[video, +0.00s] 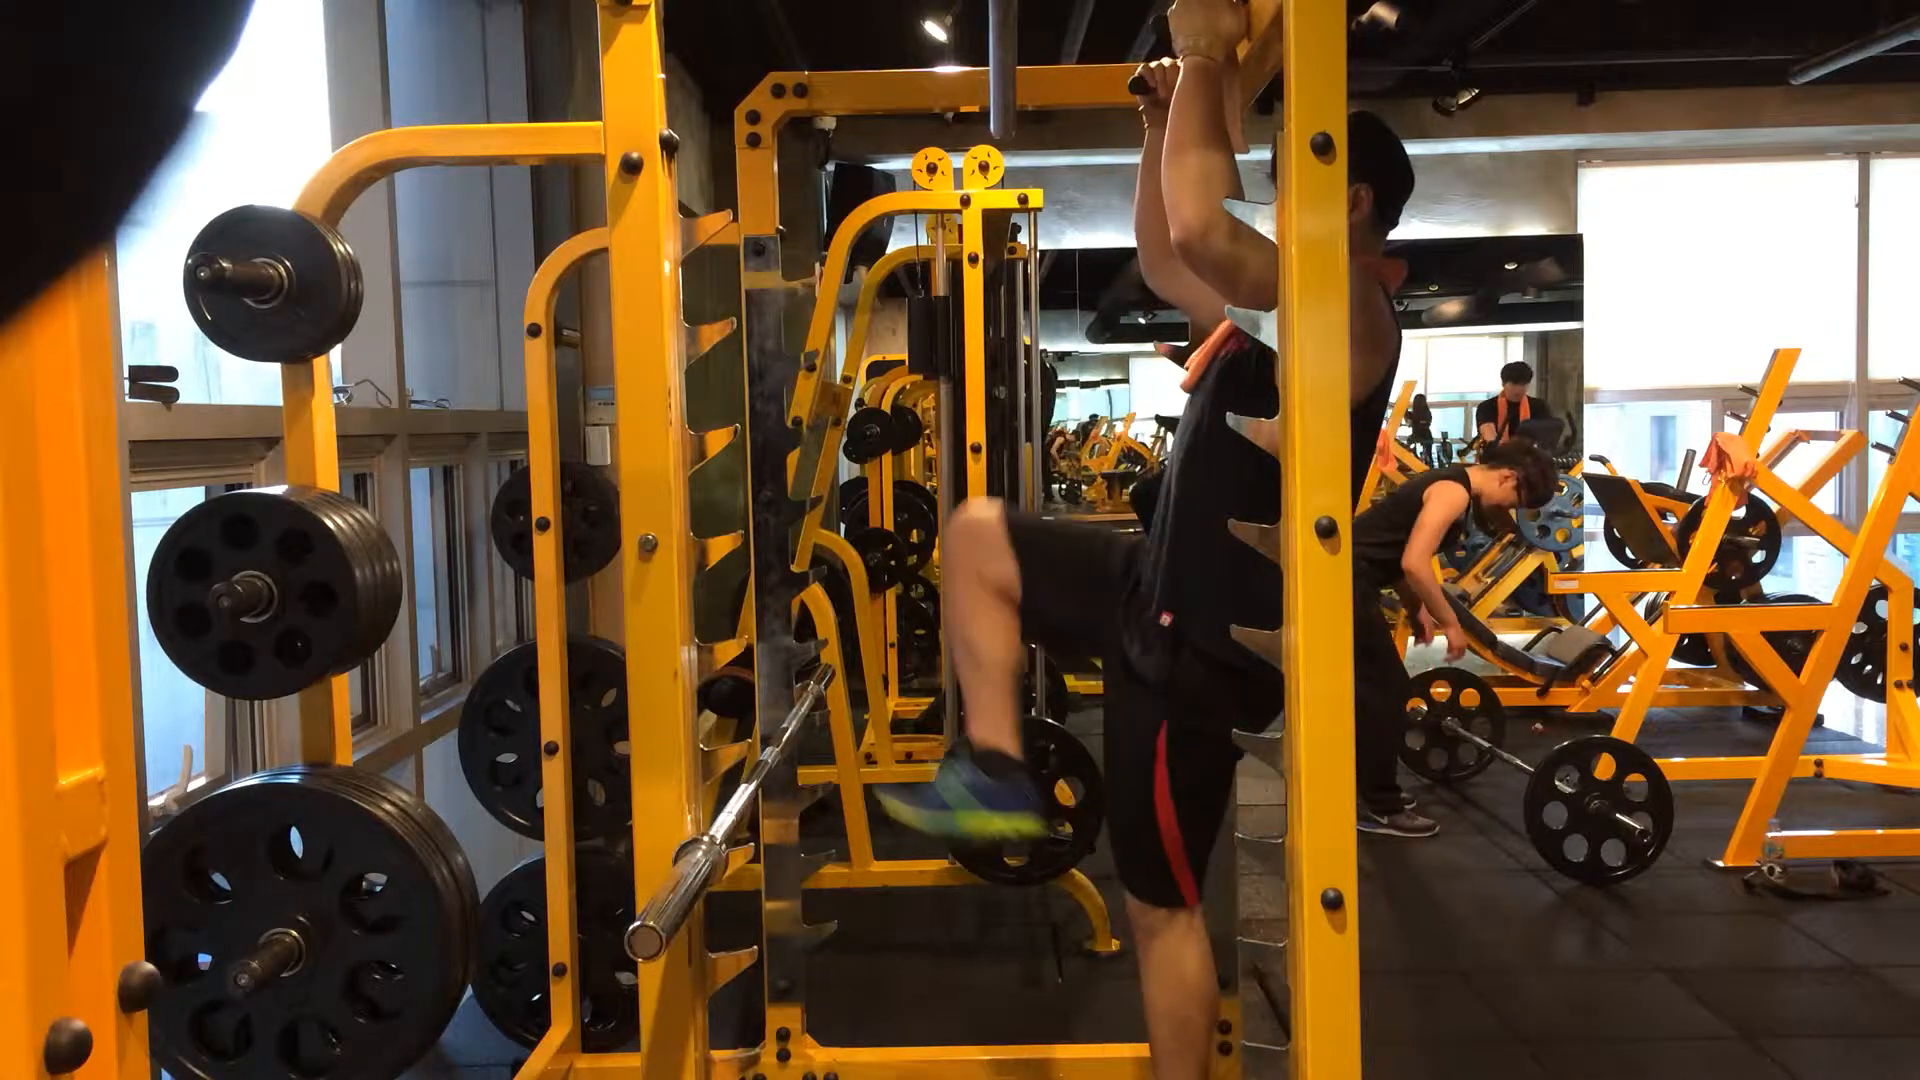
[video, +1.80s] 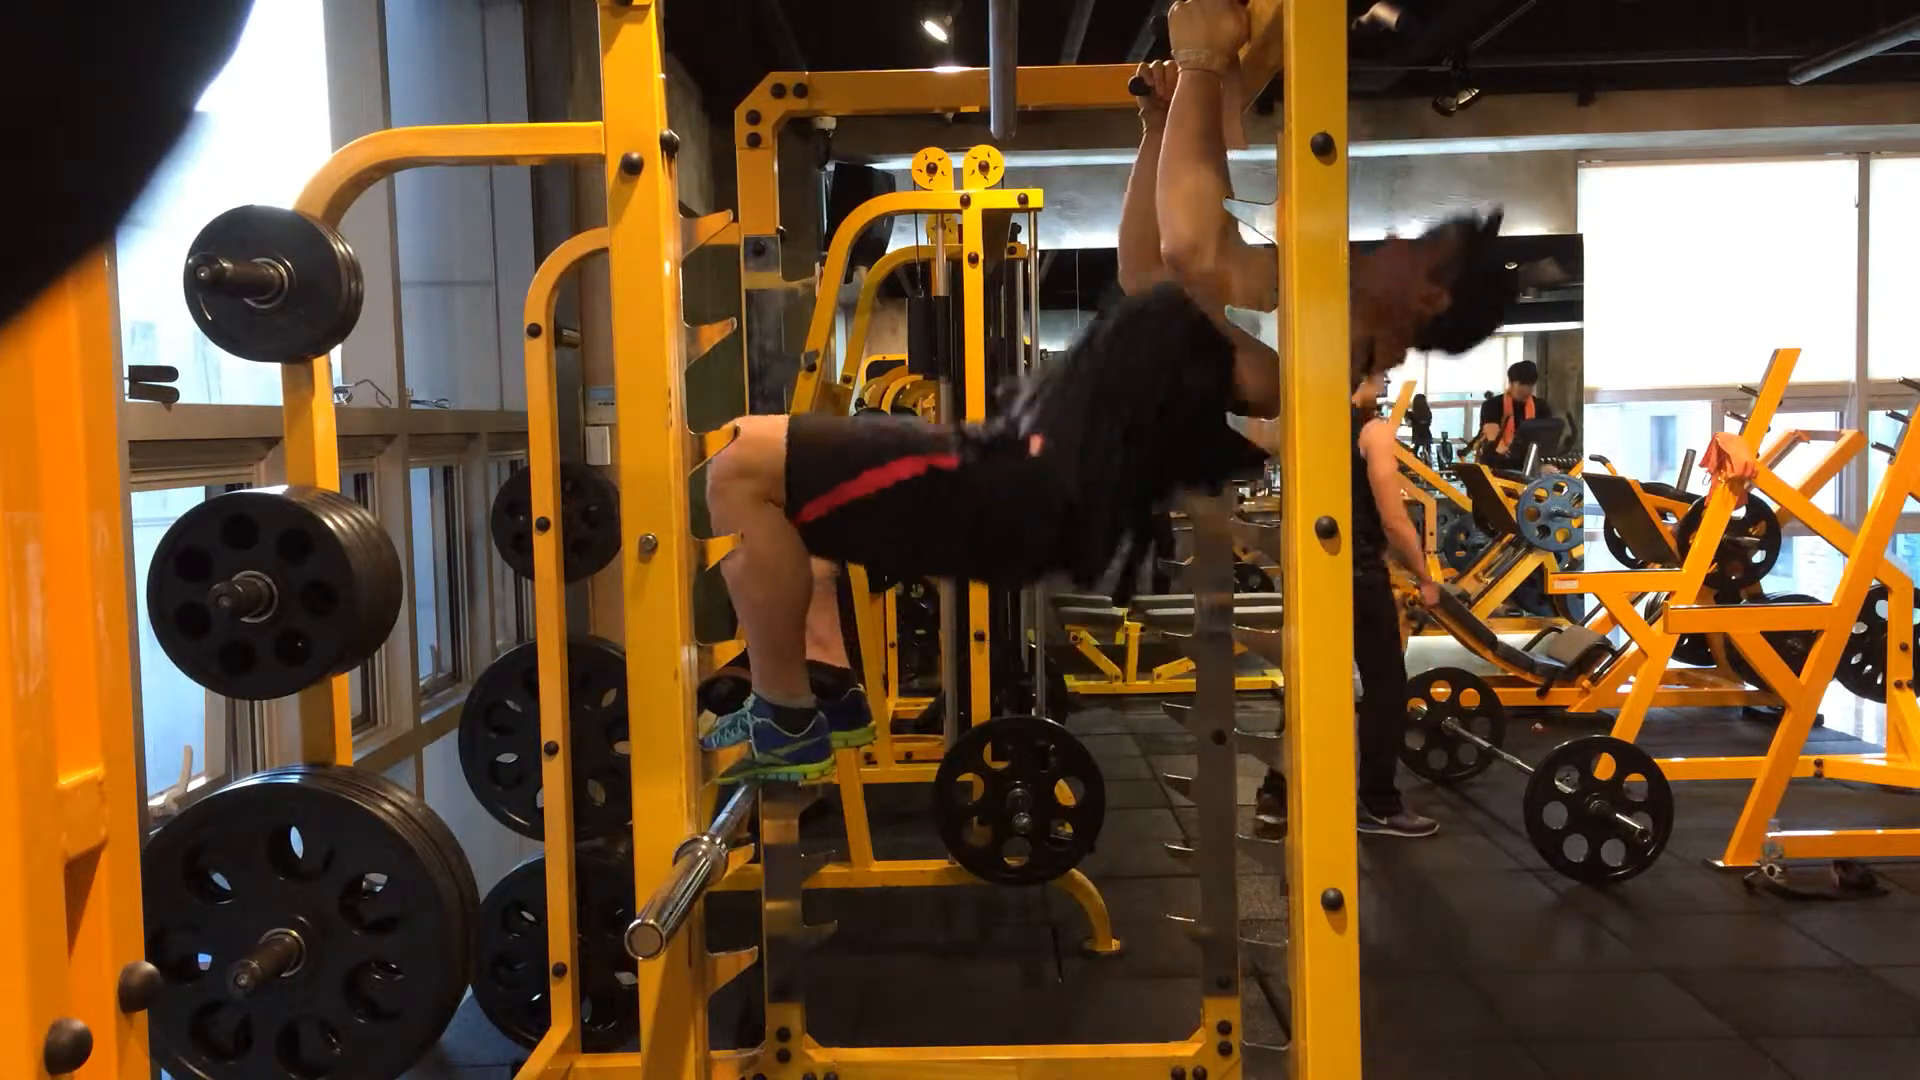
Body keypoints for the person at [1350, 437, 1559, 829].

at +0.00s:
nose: (1505, 508)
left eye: (1514, 506)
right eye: (1514, 502)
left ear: (1503, 473)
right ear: (1507, 477)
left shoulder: (1449, 482)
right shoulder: (1453, 491)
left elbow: (1402, 559)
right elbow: (1414, 562)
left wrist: (1417, 608)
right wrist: (1450, 624)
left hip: (1351, 580)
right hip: (1349, 583)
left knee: (1384, 684)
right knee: (1389, 687)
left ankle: (1377, 791)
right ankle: (1378, 803)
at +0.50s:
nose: (1491, 457)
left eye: (1499, 452)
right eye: (1497, 447)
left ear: (1479, 425)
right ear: (1483, 425)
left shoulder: (1427, 451)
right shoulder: (1433, 457)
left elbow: (1397, 536)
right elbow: (1407, 534)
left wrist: (1414, 594)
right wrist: (1442, 593)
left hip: (1355, 577)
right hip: (1352, 579)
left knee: (1379, 683)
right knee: (1386, 685)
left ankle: (1374, 791)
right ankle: (1378, 800)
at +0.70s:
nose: (1476, 418)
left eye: (1481, 409)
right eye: (1478, 407)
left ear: (1452, 393)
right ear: (1458, 393)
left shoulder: (1410, 428)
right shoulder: (1417, 435)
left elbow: (1392, 522)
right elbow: (1401, 522)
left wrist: (1416, 582)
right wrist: (1430, 585)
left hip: (1360, 572)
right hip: (1360, 576)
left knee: (1376, 682)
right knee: (1386, 684)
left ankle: (1372, 792)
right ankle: (1378, 801)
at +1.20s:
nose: (1431, 381)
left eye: (1432, 373)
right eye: (1427, 371)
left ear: (1398, 378)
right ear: (1402, 374)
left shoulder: (1366, 422)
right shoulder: (1392, 426)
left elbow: (1387, 513)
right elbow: (1403, 513)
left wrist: (1415, 568)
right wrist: (1440, 575)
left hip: (1357, 571)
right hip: (1378, 575)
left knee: (1373, 682)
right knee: (1392, 683)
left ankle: (1370, 793)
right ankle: (1377, 800)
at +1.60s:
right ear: (1393, 396)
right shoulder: (1389, 432)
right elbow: (1405, 516)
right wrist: (1440, 578)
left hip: (1329, 574)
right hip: (1373, 579)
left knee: (1335, 685)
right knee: (1393, 684)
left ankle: (1317, 790)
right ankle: (1379, 801)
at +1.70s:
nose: (1396, 399)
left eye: (1396, 392)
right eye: (1393, 391)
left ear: (1349, 381)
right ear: (1378, 385)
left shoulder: (1318, 423)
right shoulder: (1379, 426)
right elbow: (1401, 518)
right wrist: (1433, 576)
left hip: (1320, 574)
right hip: (1369, 577)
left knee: (1320, 688)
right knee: (1390, 689)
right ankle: (1379, 802)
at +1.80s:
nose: (1382, 387)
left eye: (1380, 377)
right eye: (1377, 378)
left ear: (1341, 383)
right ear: (1363, 383)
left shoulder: (1311, 424)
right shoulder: (1372, 431)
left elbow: (1259, 435)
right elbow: (1392, 519)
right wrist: (1424, 576)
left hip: (1318, 577)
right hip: (1364, 580)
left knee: (1315, 687)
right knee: (1387, 690)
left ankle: (1279, 792)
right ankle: (1380, 803)